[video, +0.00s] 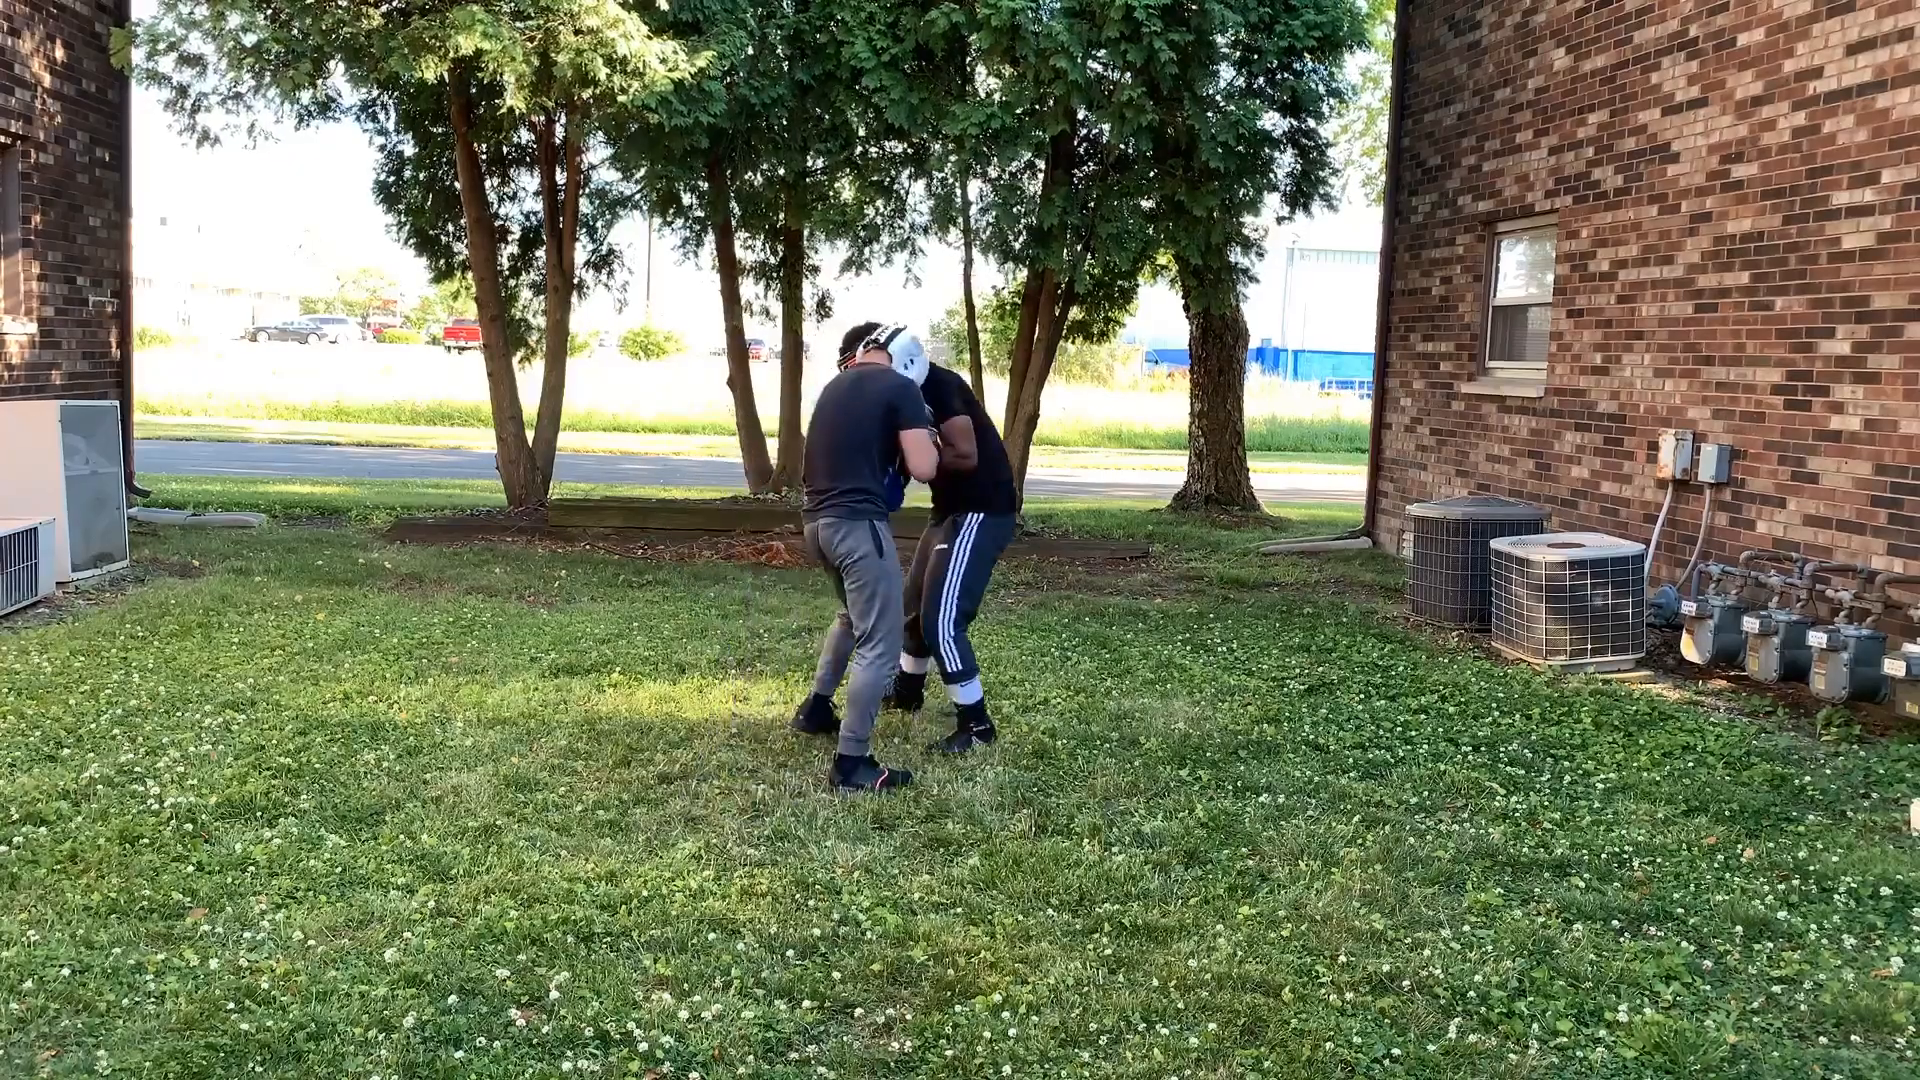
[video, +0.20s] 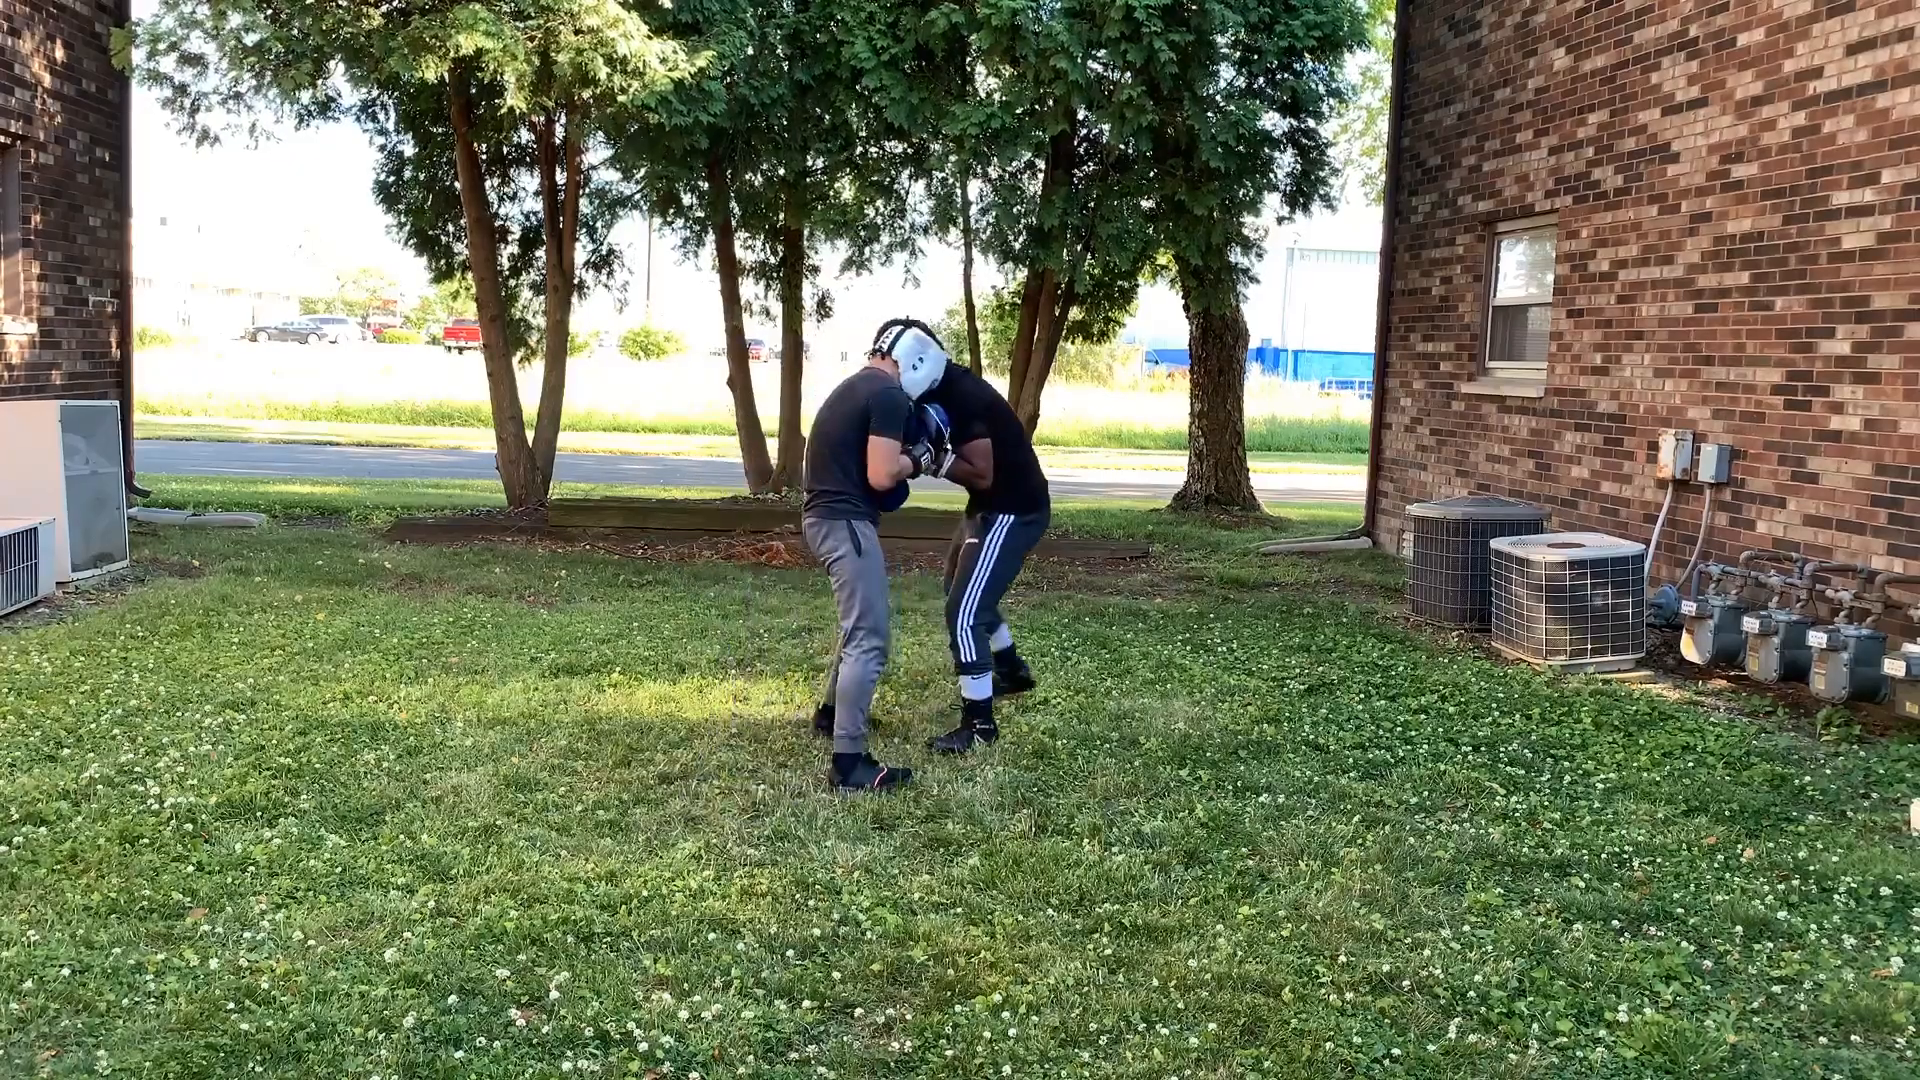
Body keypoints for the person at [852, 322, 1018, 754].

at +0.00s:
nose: (864, 380)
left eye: (868, 368)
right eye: (858, 372)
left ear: (898, 360)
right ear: (904, 361)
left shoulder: (940, 385)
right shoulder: (907, 401)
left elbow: (965, 455)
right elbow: (920, 462)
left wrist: (913, 452)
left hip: (980, 511)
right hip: (947, 511)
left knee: (942, 617)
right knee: (915, 604)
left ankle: (976, 723)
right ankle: (907, 690)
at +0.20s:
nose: (889, 381)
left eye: (891, 369)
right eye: (886, 370)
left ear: (915, 365)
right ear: (925, 358)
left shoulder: (962, 394)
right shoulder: (941, 392)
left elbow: (982, 476)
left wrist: (933, 459)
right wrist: (925, 451)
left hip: (1014, 510)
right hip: (989, 505)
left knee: (966, 612)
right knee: (965, 594)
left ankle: (979, 722)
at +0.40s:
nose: (921, 414)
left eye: (923, 404)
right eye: (919, 405)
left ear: (945, 399)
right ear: (958, 391)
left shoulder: (986, 426)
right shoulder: (983, 416)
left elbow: (989, 506)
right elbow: (987, 495)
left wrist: (952, 491)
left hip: (1024, 529)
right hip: (1035, 526)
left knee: (958, 613)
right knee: (1003, 615)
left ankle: (977, 724)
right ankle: (1056, 689)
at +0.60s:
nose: (922, 414)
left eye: (924, 404)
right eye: (919, 404)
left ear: (942, 397)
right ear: (960, 392)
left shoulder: (976, 428)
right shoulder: (986, 413)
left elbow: (997, 509)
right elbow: (991, 501)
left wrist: (952, 495)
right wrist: (952, 492)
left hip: (1031, 525)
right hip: (1053, 523)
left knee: (964, 616)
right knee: (1016, 612)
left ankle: (977, 728)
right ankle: (1058, 692)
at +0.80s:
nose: (949, 416)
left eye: (953, 408)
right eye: (951, 406)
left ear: (917, 384)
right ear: (936, 392)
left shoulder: (893, 408)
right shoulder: (915, 415)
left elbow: (883, 487)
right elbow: (890, 490)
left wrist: (926, 473)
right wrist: (923, 476)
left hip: (849, 526)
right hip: (833, 524)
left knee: (886, 614)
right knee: (847, 637)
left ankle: (839, 708)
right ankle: (817, 752)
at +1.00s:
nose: (934, 419)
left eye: (940, 412)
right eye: (938, 409)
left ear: (910, 383)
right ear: (926, 391)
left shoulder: (884, 406)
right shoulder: (901, 409)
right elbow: (878, 486)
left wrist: (905, 513)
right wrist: (905, 487)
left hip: (837, 523)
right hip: (820, 522)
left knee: (880, 609)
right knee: (847, 635)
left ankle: (842, 709)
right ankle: (817, 753)